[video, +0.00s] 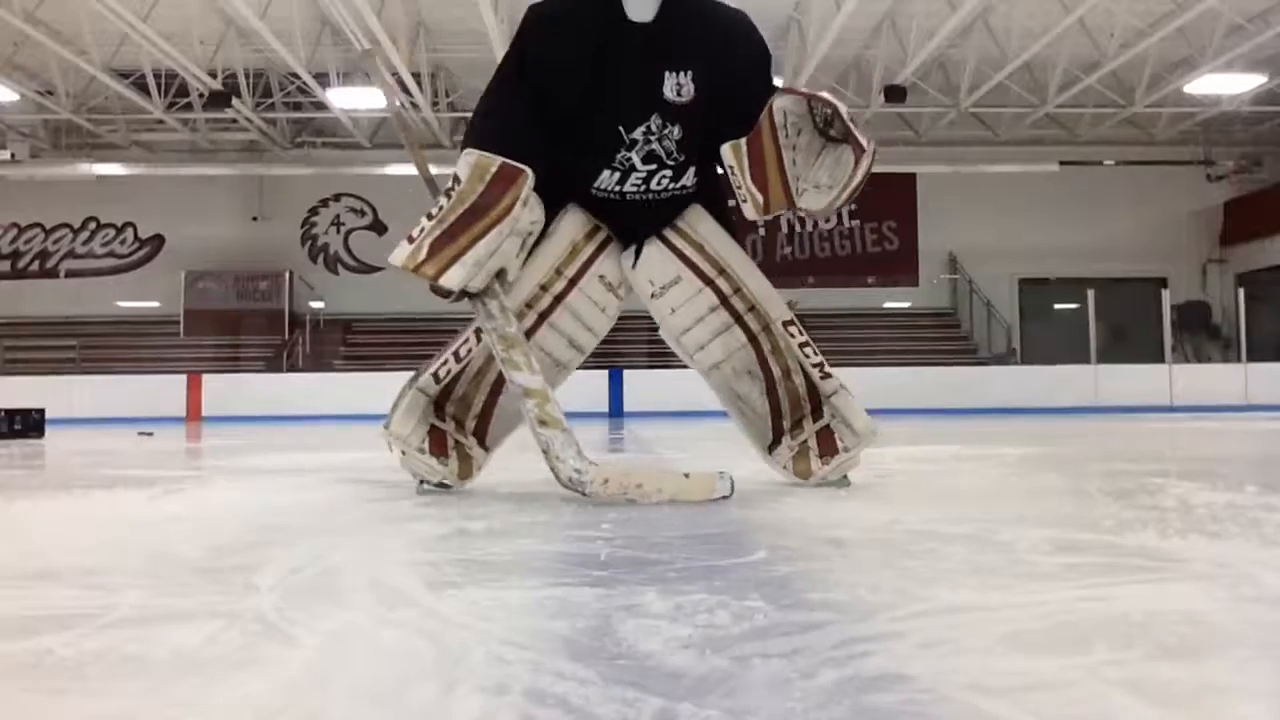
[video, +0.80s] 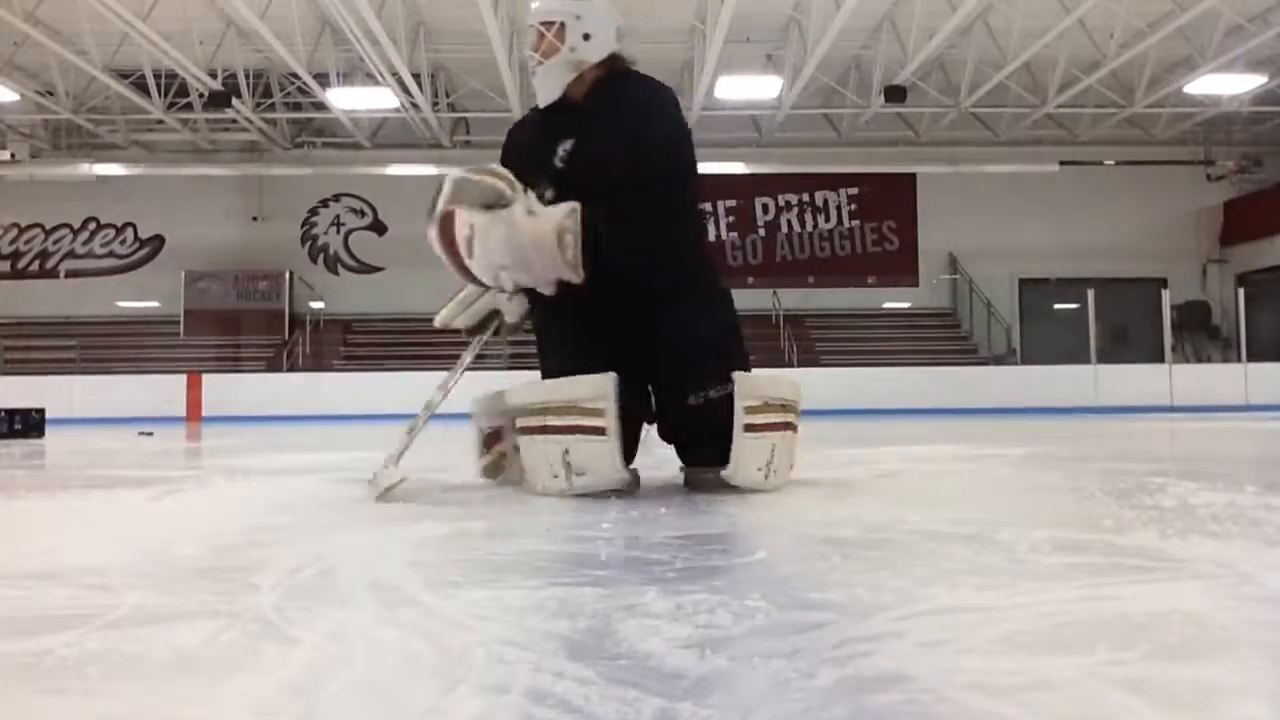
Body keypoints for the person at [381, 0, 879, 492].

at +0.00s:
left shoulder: (723, 33)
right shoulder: (559, 22)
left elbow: (758, 127)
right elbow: (504, 136)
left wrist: (806, 158)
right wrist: (470, 240)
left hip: (680, 206)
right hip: (576, 205)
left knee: (748, 318)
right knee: (526, 329)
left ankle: (814, 441)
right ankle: (440, 438)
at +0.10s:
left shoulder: (725, 46)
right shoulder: (555, 37)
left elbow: (753, 148)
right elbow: (501, 155)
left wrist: (808, 151)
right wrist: (472, 255)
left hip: (683, 221)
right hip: (576, 221)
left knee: (752, 328)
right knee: (525, 342)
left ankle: (817, 445)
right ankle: (441, 443)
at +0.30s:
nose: (647, 18)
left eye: (661, 7)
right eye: (633, 6)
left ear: (680, 12)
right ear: (612, 9)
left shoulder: (721, 95)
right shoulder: (552, 91)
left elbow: (756, 227)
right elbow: (496, 211)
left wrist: (796, 224)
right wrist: (485, 286)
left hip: (694, 331)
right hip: (580, 332)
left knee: (709, 485)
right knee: (586, 491)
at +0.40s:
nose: (642, 57)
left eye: (657, 43)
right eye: (630, 41)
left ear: (678, 47)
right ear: (610, 43)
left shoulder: (724, 138)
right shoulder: (552, 130)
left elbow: (755, 250)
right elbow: (497, 243)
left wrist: (770, 294)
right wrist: (469, 319)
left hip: (689, 346)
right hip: (580, 346)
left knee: (716, 500)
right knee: (575, 507)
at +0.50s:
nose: (615, 65)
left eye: (631, 50)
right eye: (606, 50)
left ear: (670, 53)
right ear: (595, 52)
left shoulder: (721, 137)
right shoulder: (551, 133)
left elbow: (747, 248)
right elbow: (504, 249)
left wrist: (716, 310)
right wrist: (459, 324)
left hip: (694, 357)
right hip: (579, 357)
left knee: (720, 504)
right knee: (584, 509)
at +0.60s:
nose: (581, 58)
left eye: (598, 43)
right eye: (580, 43)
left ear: (641, 51)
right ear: (573, 47)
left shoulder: (709, 131)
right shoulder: (544, 135)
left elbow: (723, 254)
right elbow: (523, 245)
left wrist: (644, 276)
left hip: (689, 352)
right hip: (579, 356)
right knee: (587, 511)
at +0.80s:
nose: (536, 47)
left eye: (549, 31)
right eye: (535, 35)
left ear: (589, 33)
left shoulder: (646, 103)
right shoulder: (528, 134)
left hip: (680, 336)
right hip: (584, 346)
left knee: (716, 484)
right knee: (591, 488)